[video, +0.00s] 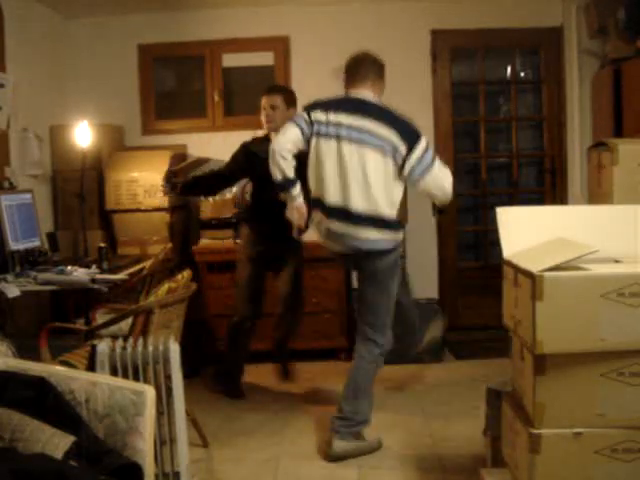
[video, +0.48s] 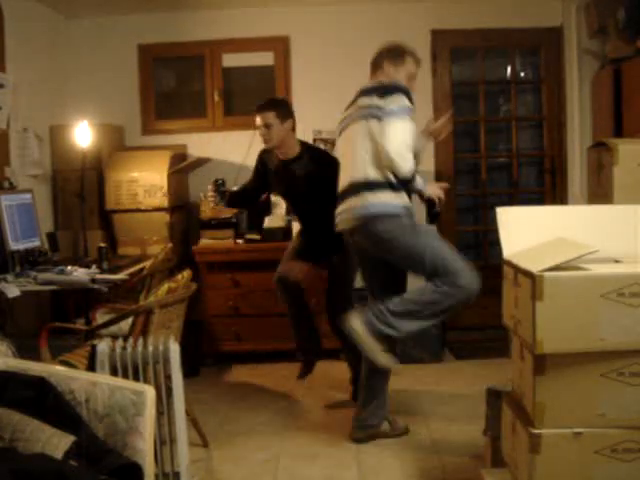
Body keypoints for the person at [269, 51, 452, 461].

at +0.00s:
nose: (378, 92)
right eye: (380, 86)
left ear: (345, 83)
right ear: (381, 85)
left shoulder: (317, 113)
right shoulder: (399, 129)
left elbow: (281, 145)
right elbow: (443, 189)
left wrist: (293, 197)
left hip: (332, 234)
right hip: (378, 243)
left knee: (391, 268)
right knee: (373, 340)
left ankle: (413, 335)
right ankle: (347, 433)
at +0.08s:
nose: (384, 69)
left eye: (378, 63)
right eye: (385, 63)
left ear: (346, 62)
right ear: (383, 63)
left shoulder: (318, 97)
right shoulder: (399, 104)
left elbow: (283, 141)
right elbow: (437, 168)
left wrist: (299, 180)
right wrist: (438, 186)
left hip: (338, 220)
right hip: (381, 225)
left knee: (381, 288)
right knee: (366, 324)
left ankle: (395, 363)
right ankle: (349, 430)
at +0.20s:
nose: (389, 68)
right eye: (391, 62)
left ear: (353, 59)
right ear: (390, 60)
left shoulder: (326, 97)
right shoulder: (408, 96)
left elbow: (308, 161)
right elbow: (432, 157)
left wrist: (340, 155)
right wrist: (420, 170)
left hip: (338, 221)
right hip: (382, 221)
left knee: (360, 312)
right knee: (392, 315)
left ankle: (367, 413)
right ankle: (328, 372)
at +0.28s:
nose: (392, 77)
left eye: (387, 72)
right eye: (393, 71)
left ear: (356, 68)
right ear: (392, 68)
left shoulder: (327, 105)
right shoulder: (411, 103)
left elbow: (312, 170)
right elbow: (431, 162)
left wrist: (347, 160)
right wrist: (426, 184)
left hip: (339, 227)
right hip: (382, 227)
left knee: (356, 319)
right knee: (398, 317)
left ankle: (365, 419)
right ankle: (330, 346)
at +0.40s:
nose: (407, 101)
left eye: (408, 95)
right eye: (406, 95)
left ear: (371, 88)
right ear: (392, 87)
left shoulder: (336, 126)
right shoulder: (407, 118)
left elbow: (332, 183)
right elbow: (421, 170)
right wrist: (431, 200)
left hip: (343, 234)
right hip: (387, 234)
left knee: (378, 321)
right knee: (428, 319)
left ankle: (367, 418)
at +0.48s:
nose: (412, 82)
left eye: (413, 76)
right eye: (410, 75)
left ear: (377, 69)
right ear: (390, 67)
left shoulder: (358, 105)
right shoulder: (394, 96)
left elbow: (376, 160)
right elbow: (397, 152)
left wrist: (423, 137)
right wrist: (422, 186)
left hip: (355, 220)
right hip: (383, 216)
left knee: (380, 315)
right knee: (462, 281)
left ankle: (370, 419)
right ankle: (374, 323)